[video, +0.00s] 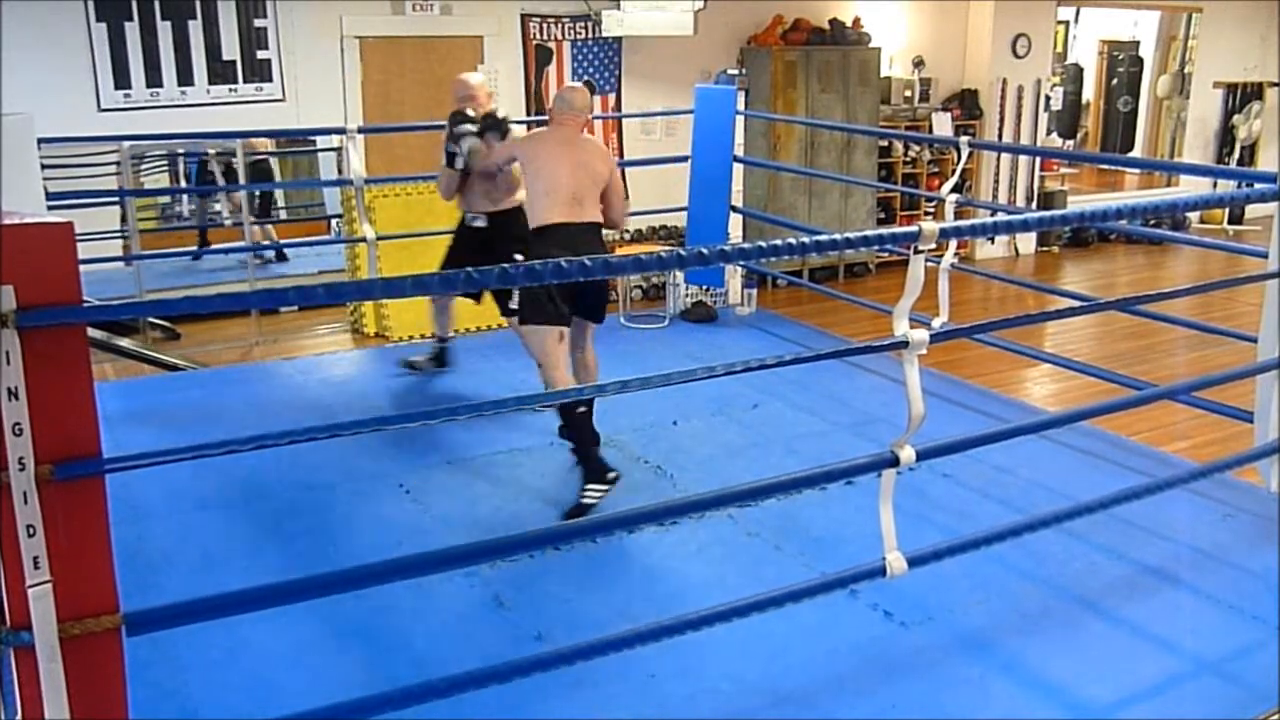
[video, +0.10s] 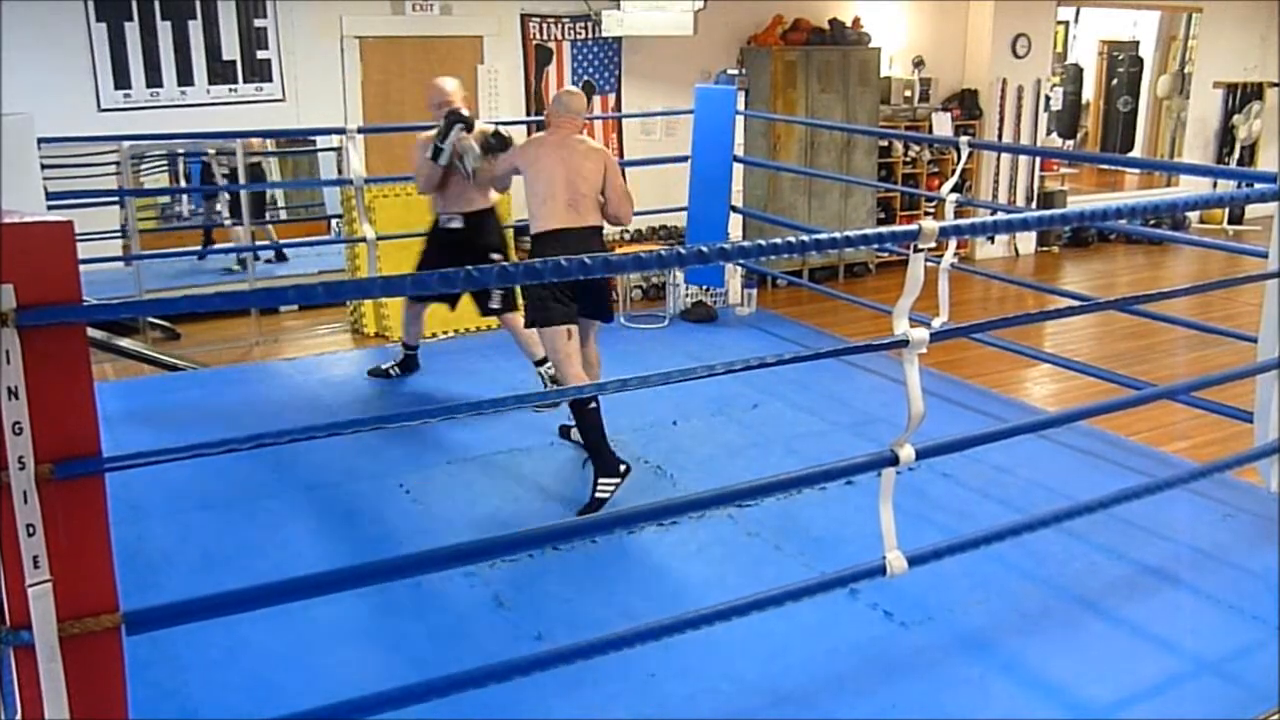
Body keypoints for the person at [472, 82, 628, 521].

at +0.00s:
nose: (555, 113)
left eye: (553, 107)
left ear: (551, 111)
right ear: (586, 117)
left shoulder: (526, 144)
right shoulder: (602, 155)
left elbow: (488, 160)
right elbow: (617, 218)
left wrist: (479, 132)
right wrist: (582, 203)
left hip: (545, 252)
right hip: (592, 251)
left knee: (553, 365)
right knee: (582, 345)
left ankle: (595, 469)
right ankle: (582, 425)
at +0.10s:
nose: (543, 114)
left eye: (546, 109)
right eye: (551, 109)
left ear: (550, 114)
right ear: (583, 119)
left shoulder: (528, 149)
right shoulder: (600, 154)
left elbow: (490, 176)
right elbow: (621, 214)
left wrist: (486, 156)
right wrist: (590, 194)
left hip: (547, 253)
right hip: (592, 251)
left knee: (566, 361)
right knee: (587, 344)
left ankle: (607, 463)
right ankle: (583, 423)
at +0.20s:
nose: (544, 116)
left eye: (543, 110)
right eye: (571, 112)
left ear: (540, 114)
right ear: (577, 117)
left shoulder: (524, 150)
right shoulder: (598, 148)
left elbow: (492, 213)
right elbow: (619, 207)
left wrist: (510, 211)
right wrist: (583, 197)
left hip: (549, 249)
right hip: (596, 246)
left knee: (562, 358)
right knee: (589, 344)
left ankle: (606, 458)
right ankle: (582, 422)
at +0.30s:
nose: (523, 117)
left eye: (523, 112)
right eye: (528, 110)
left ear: (526, 113)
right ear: (560, 109)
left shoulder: (520, 150)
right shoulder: (591, 140)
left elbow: (506, 222)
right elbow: (618, 200)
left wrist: (501, 229)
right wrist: (581, 194)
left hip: (553, 246)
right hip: (598, 241)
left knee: (552, 359)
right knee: (587, 342)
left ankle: (604, 455)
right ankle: (581, 420)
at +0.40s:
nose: (505, 121)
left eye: (504, 115)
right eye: (505, 115)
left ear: (510, 113)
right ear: (541, 104)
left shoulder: (519, 148)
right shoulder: (577, 135)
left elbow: (514, 218)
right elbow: (608, 193)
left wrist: (489, 200)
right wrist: (563, 193)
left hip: (556, 245)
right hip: (596, 237)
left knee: (548, 357)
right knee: (581, 339)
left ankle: (594, 458)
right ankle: (582, 421)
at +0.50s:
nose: (496, 129)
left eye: (496, 121)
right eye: (494, 122)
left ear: (510, 114)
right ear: (529, 106)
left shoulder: (526, 150)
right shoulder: (567, 135)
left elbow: (507, 220)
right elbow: (555, 199)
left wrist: (484, 182)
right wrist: (501, 175)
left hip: (560, 252)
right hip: (588, 241)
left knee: (549, 362)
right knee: (568, 341)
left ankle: (585, 470)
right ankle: (585, 420)